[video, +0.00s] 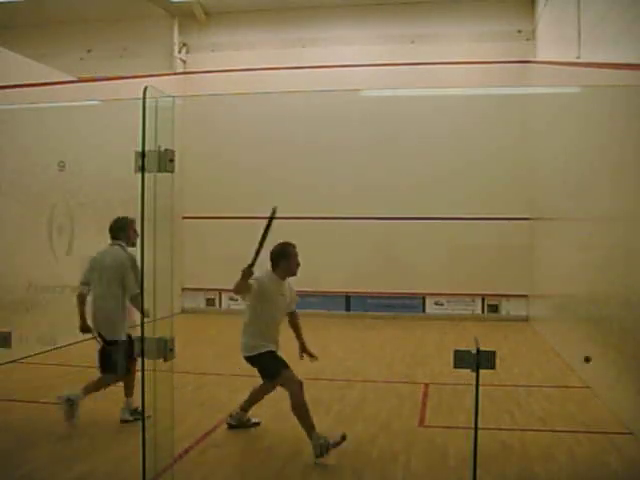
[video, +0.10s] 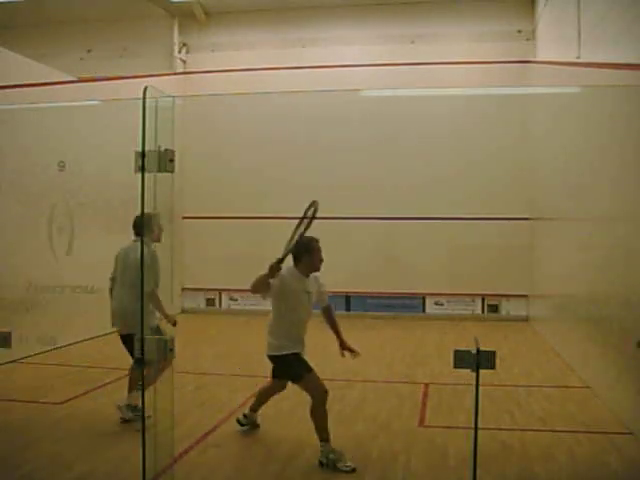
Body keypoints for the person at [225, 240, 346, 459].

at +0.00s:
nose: (299, 262)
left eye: (298, 257)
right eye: (295, 258)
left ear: (285, 262)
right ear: (282, 262)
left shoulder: (288, 290)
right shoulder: (262, 282)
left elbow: (292, 316)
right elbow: (239, 290)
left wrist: (301, 343)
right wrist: (244, 278)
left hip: (269, 347)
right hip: (255, 348)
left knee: (270, 384)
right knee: (295, 385)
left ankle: (239, 415)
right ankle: (316, 442)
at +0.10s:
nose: (322, 258)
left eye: (321, 253)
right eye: (318, 254)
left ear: (309, 257)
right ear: (304, 257)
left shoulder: (314, 282)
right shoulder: (283, 279)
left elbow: (327, 310)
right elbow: (256, 288)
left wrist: (341, 340)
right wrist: (268, 275)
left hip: (294, 349)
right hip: (281, 350)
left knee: (276, 385)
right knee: (319, 393)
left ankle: (249, 415)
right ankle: (326, 451)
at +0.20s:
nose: (346, 254)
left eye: (345, 249)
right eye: (342, 250)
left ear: (332, 253)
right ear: (327, 254)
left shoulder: (339, 278)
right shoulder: (302, 275)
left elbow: (358, 298)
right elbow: (270, 280)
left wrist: (375, 328)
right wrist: (290, 268)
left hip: (319, 347)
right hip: (304, 349)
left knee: (310, 394)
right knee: (348, 389)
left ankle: (268, 424)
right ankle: (335, 444)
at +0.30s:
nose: (370, 259)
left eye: (369, 254)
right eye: (366, 255)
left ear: (354, 260)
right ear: (351, 260)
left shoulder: (363, 283)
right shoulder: (323, 279)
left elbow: (378, 292)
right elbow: (287, 285)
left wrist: (388, 306)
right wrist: (306, 264)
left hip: (342, 354)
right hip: (327, 356)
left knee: (335, 404)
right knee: (379, 387)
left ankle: (289, 434)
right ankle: (369, 449)